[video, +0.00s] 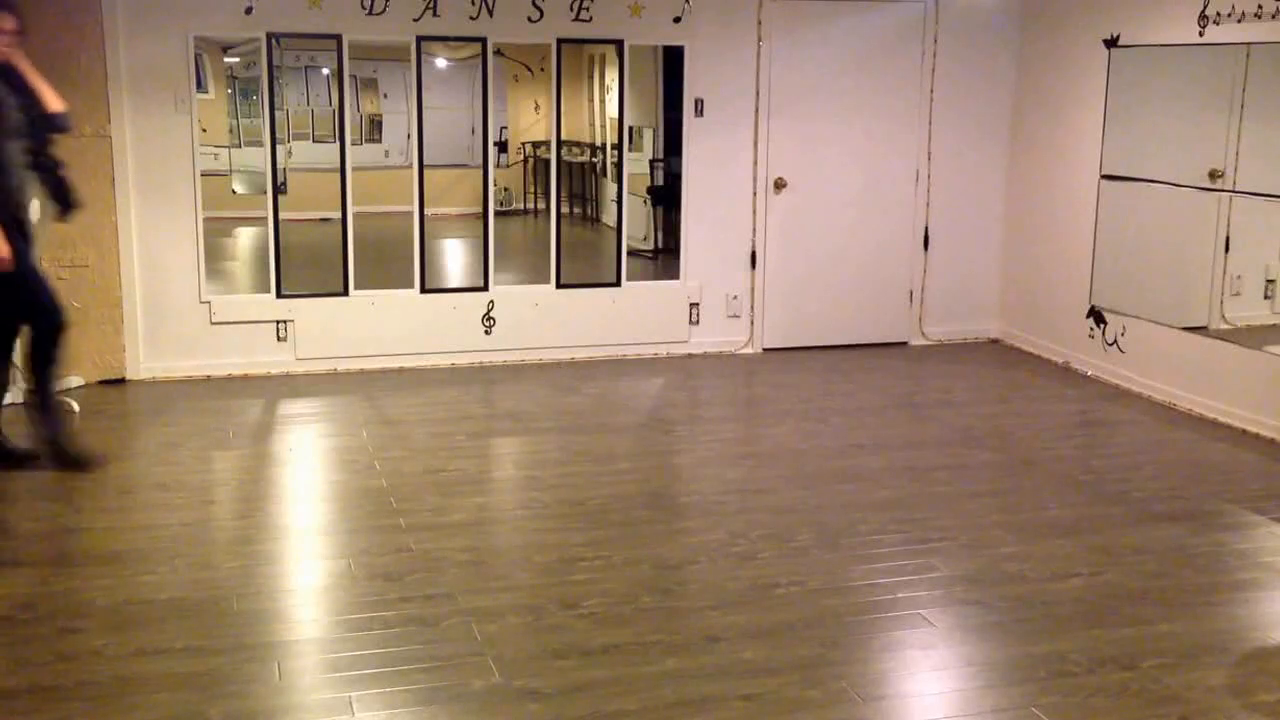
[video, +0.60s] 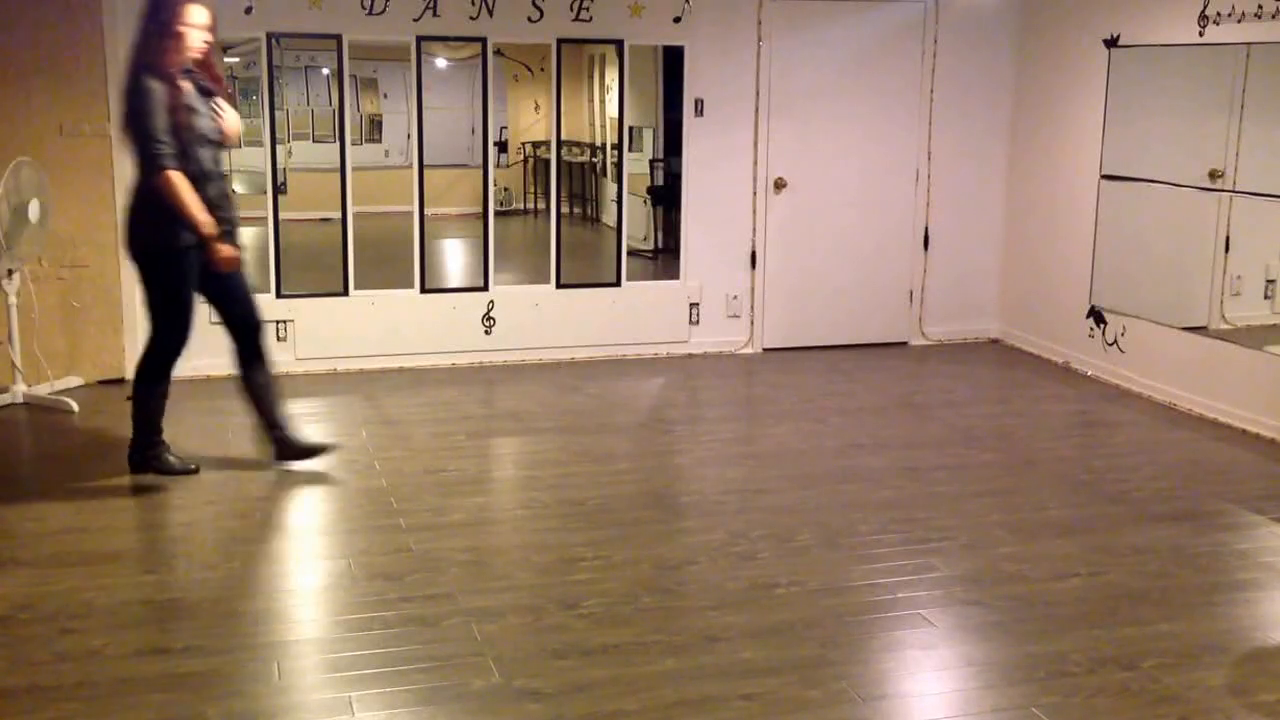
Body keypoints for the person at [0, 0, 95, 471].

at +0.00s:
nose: (7, 43)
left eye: (11, 35)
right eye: (2, 34)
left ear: (18, 39)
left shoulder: (14, 85)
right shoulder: (6, 86)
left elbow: (58, 118)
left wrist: (19, 59)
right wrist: (0, 233)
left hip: (18, 231)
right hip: (2, 233)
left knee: (3, 334)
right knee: (48, 318)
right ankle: (50, 432)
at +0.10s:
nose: (30, 48)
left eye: (38, 40)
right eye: (22, 38)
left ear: (44, 46)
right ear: (3, 40)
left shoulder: (37, 90)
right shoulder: (3, 92)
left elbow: (85, 124)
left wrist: (52, 66)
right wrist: (11, 233)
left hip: (37, 234)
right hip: (16, 237)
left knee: (16, 335)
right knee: (73, 324)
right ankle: (117, 442)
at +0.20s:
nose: (70, 50)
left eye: (78, 42)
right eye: (62, 40)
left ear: (85, 46)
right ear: (41, 40)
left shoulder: (82, 88)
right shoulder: (27, 90)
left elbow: (120, 144)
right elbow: (31, 173)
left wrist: (106, 84)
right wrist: (58, 247)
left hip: (83, 226)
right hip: (54, 230)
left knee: (68, 331)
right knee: (116, 323)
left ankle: (6, 418)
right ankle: (144, 446)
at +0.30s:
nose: (96, 45)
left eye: (104, 37)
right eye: (87, 35)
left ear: (112, 42)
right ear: (66, 36)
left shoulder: (108, 84)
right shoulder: (55, 87)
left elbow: (137, 149)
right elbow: (61, 169)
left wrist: (138, 92)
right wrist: (89, 244)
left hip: (114, 218)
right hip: (79, 221)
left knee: (126, 327)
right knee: (134, 325)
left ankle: (43, 399)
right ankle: (145, 447)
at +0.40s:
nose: (127, 39)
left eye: (135, 30)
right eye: (117, 28)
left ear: (141, 36)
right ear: (95, 31)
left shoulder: (130, 82)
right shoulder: (83, 84)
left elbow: (152, 151)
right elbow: (92, 167)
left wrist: (166, 102)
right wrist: (125, 238)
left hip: (142, 220)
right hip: (105, 224)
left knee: (173, 326)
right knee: (145, 328)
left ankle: (99, 396)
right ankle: (145, 445)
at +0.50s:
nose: (174, 35)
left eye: (179, 26)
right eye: (164, 24)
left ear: (183, 33)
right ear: (140, 28)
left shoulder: (174, 77)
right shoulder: (124, 81)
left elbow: (202, 127)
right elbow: (136, 162)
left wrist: (205, 117)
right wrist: (177, 231)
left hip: (183, 219)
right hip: (140, 224)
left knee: (225, 319)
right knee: (158, 329)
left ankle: (213, 431)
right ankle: (145, 446)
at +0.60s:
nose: (207, 38)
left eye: (209, 30)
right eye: (199, 27)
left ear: (203, 36)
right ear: (170, 29)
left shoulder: (194, 85)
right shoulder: (151, 84)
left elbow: (230, 133)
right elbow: (163, 168)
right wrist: (212, 235)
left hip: (210, 227)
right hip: (166, 229)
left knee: (246, 324)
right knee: (169, 334)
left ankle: (280, 435)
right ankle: (146, 447)